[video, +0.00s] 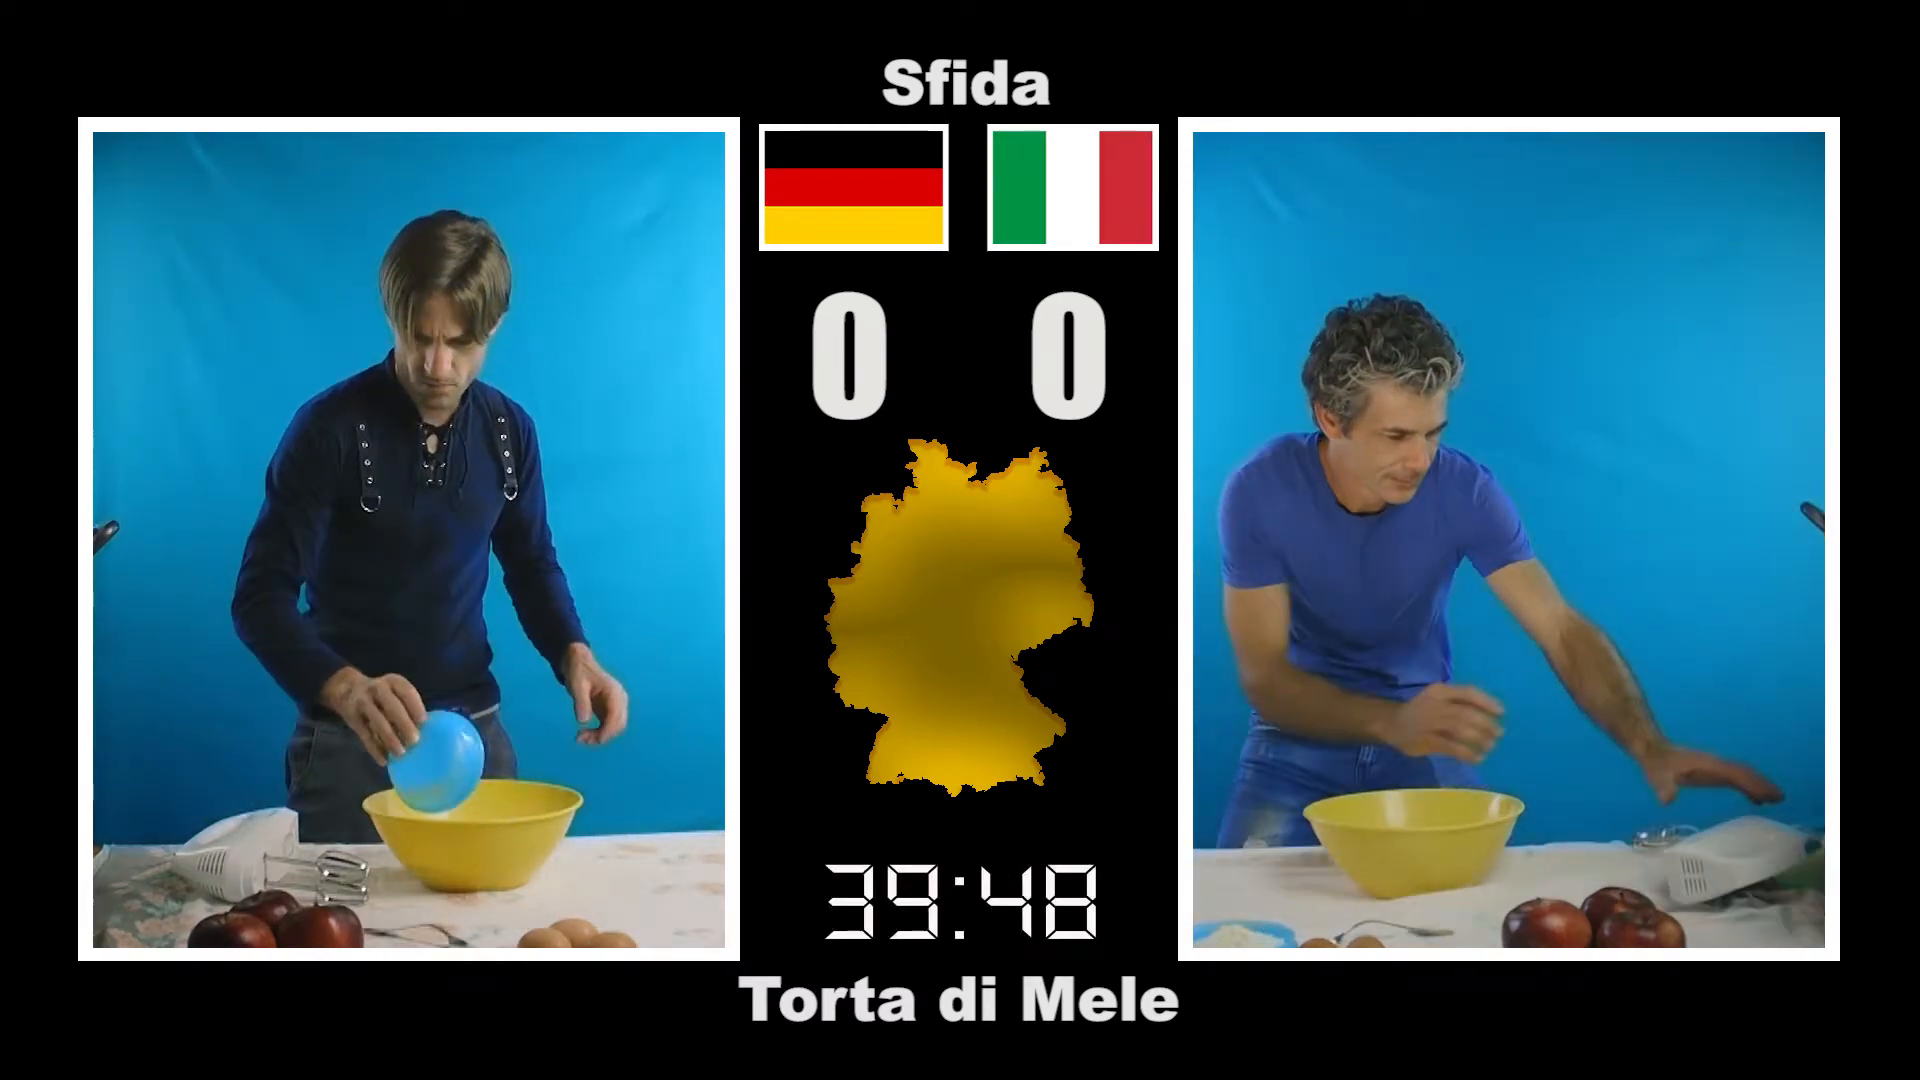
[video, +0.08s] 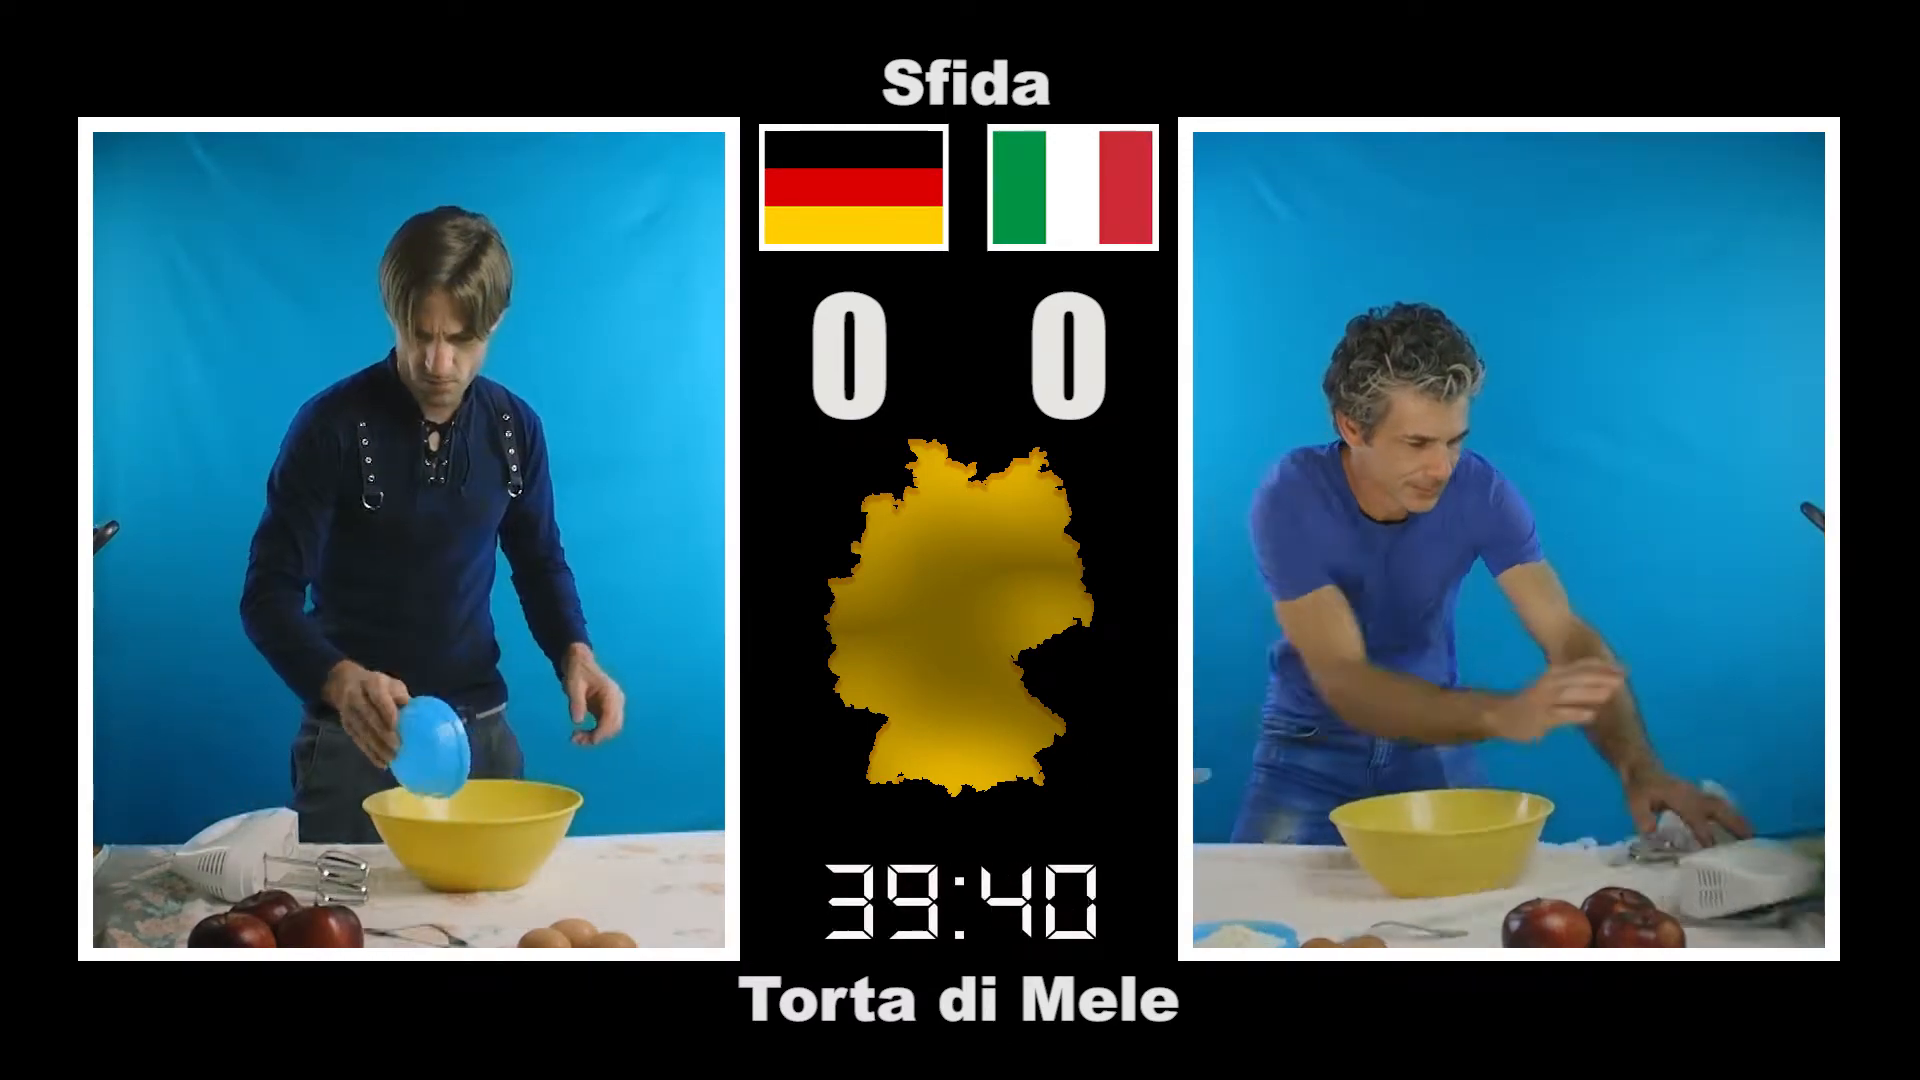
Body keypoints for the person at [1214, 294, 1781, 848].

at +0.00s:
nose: (1420, 460)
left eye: (1432, 433)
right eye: (1396, 438)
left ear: (1442, 411)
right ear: (1328, 421)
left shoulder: (1463, 493)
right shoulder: (1260, 495)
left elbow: (1561, 631)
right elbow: (1266, 684)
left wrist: (1651, 749)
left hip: (1419, 762)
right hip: (1294, 759)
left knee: (1436, 932)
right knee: (1254, 926)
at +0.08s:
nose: (1440, 467)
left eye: (1455, 440)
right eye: (1417, 445)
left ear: (1465, 420)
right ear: (1351, 430)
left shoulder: (1479, 493)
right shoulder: (1293, 497)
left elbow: (1571, 643)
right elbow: (1345, 684)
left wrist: (1640, 769)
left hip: (1433, 760)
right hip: (1309, 757)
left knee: (1456, 932)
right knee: (1272, 930)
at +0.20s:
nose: (1509, 479)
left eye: (1522, 452)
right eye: (1486, 454)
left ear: (1533, 439)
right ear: (1418, 445)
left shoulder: (1529, 507)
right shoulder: (1361, 524)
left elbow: (1578, 656)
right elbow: (1458, 667)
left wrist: (1624, 778)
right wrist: (1614, 763)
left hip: (1450, 761)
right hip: (1333, 769)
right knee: (1313, 937)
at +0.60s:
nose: (1647, 465)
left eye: (1667, 438)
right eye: (1623, 435)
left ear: (1684, 419)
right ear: (1564, 407)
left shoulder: (1674, 500)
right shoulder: (1479, 478)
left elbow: (1699, 669)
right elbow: (1474, 688)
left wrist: (1755, 791)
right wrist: (1606, 808)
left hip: (1544, 709)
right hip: (1423, 704)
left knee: (1589, 903)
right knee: (1358, 892)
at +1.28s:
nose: (1414, 346)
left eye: (1439, 318)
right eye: (1389, 319)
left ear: (1478, 291)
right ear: (1363, 294)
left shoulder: (1539, 398)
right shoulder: (1319, 418)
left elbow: (1591, 574)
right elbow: (1250, 604)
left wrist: (1600, 744)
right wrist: (1246, 743)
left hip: (1528, 762)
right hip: (1383, 764)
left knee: (1536, 963)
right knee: (1387, 969)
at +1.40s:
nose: (1428, 342)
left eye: (1452, 315)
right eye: (1403, 315)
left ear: (1492, 289)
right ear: (1378, 291)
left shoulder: (1552, 398)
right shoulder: (1331, 411)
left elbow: (1598, 575)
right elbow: (1261, 592)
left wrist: (1583, 735)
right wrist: (1265, 718)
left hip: (1530, 763)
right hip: (1384, 765)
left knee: (1533, 963)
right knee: (1383, 966)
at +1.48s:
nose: (1435, 342)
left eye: (1459, 314)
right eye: (1411, 315)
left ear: (1499, 289)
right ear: (1385, 291)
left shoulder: (1558, 401)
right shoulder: (1338, 409)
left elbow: (1601, 582)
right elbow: (1268, 590)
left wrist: (1564, 729)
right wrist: (1280, 713)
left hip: (1526, 766)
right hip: (1385, 766)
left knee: (1531, 960)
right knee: (1384, 965)